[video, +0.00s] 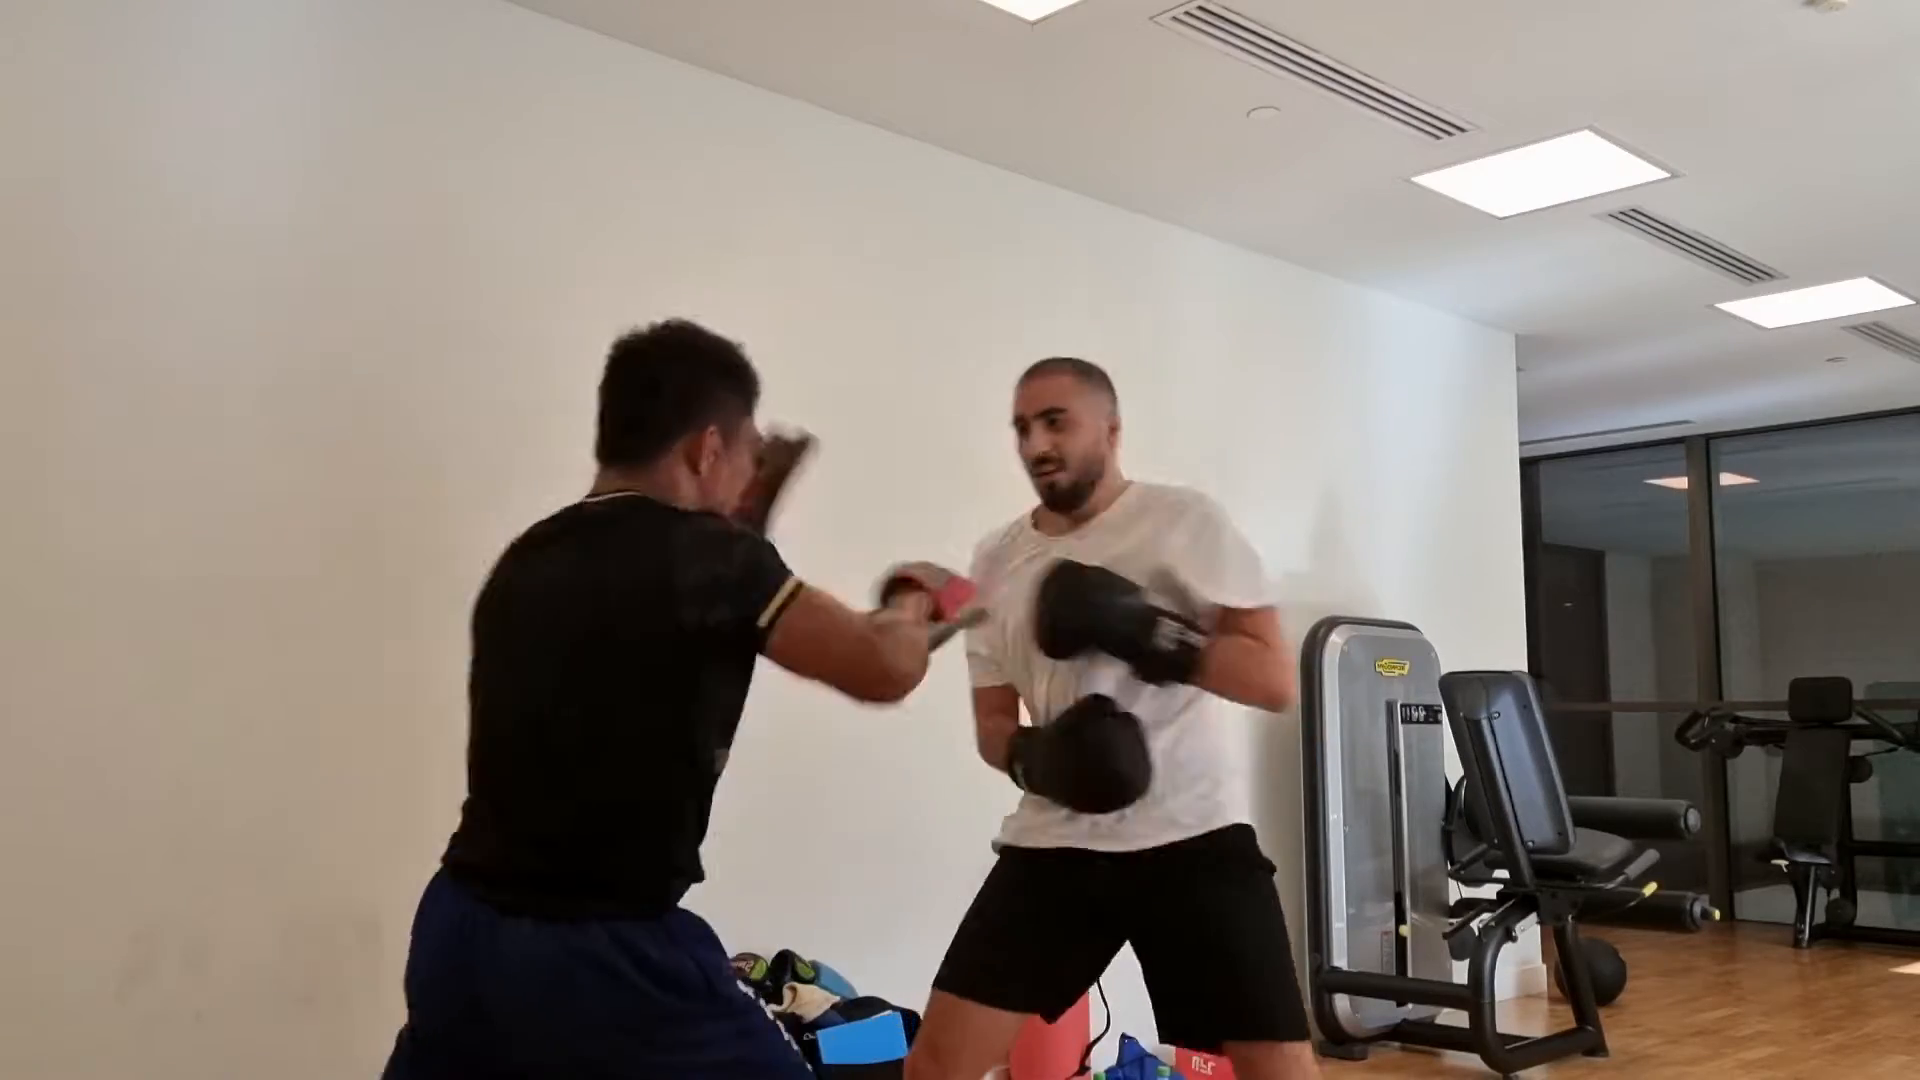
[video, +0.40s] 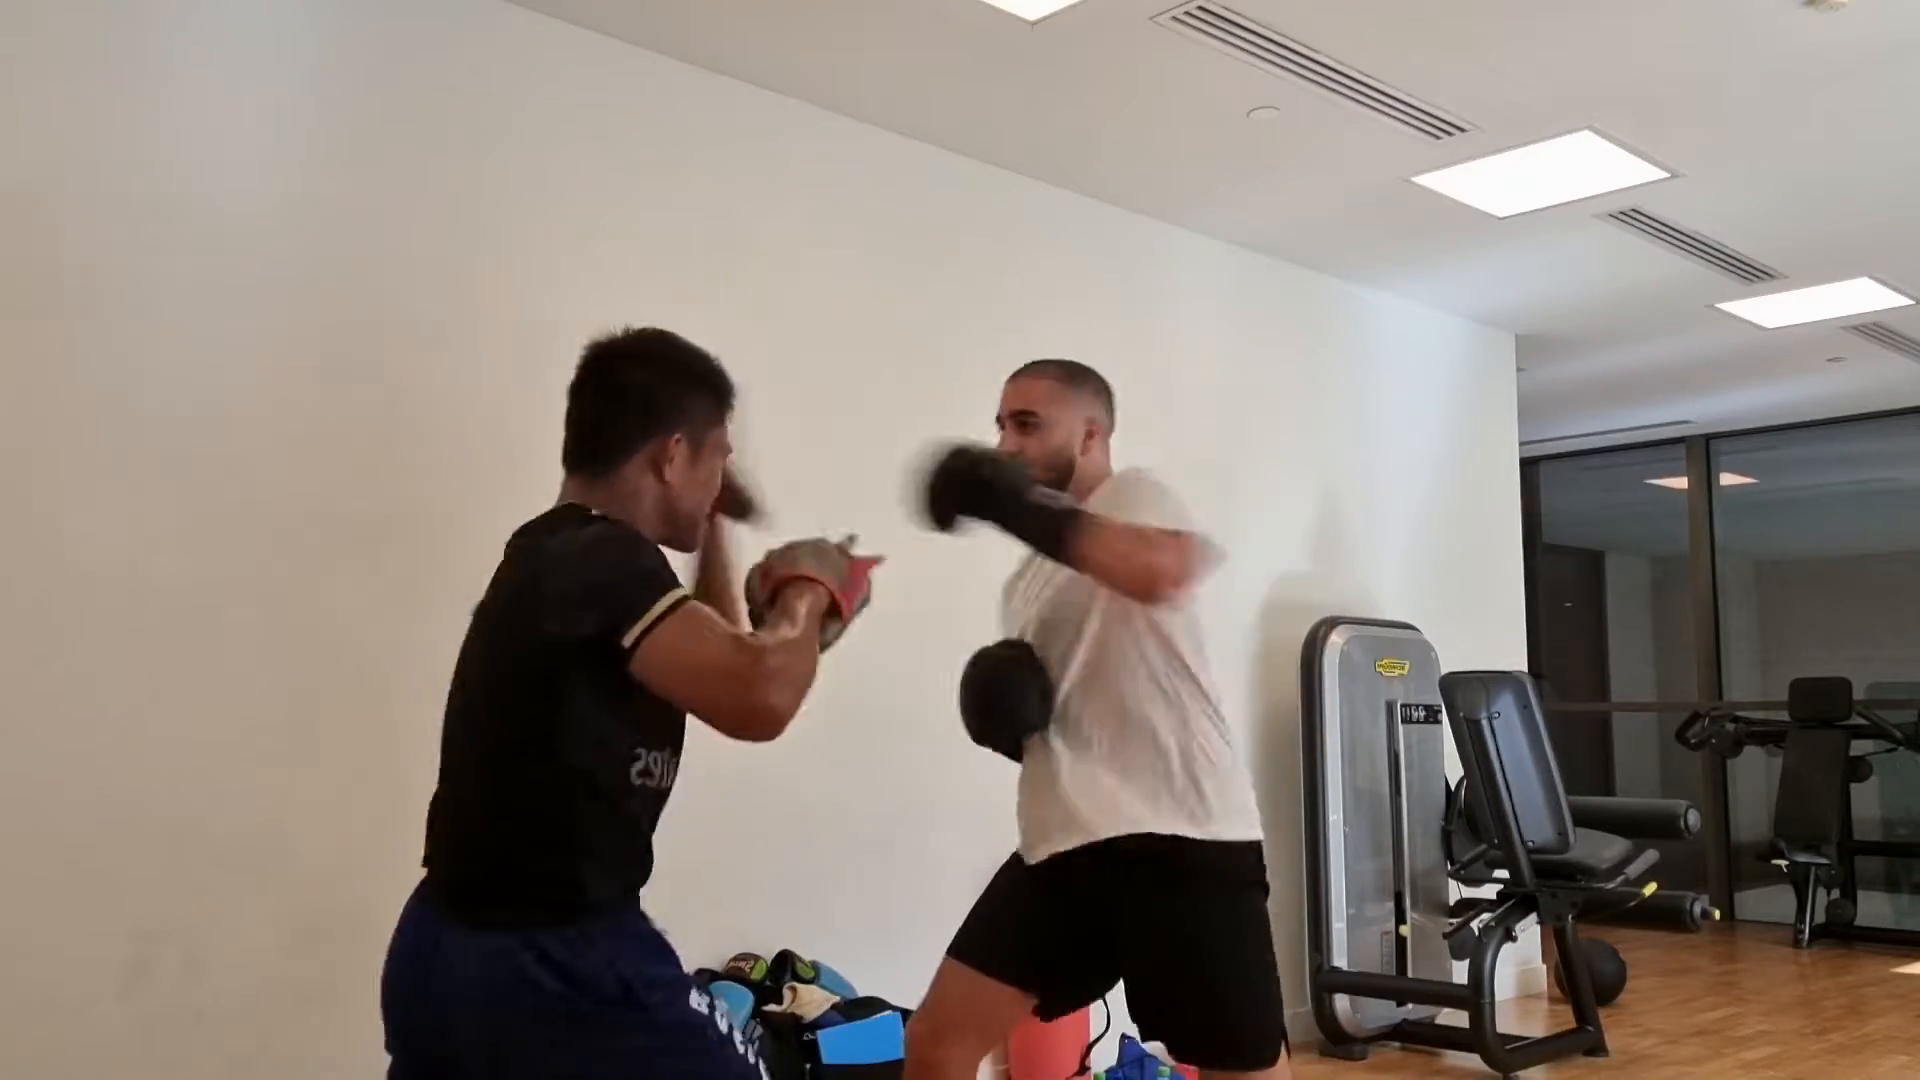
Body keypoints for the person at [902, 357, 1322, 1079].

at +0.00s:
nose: (1035, 443)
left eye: (1054, 422)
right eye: (1023, 428)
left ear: (1111, 427)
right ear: (1014, 442)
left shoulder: (1189, 523)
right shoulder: (996, 561)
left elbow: (1275, 679)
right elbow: (993, 731)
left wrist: (1147, 633)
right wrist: (1037, 756)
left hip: (1195, 849)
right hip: (1050, 855)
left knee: (1282, 1070)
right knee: (938, 1064)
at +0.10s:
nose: (1133, 446)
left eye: (1155, 426)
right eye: (1115, 428)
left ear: (1198, 447)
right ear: (1100, 446)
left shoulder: (1243, 564)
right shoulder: (1044, 561)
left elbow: (1293, 721)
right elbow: (978, 718)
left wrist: (1260, 686)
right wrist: (1104, 765)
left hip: (1206, 865)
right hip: (1056, 871)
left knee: (1308, 1067)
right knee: (968, 1070)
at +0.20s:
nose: (1159, 452)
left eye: (1185, 436)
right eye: (1147, 431)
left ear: (1228, 463)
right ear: (1128, 444)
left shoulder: (1246, 566)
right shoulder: (1072, 550)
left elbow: (1264, 731)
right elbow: (988, 711)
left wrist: (1270, 691)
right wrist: (1109, 761)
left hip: (1206, 867)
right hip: (1061, 869)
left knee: (1305, 1069)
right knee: (971, 1071)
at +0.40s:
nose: (1003, 443)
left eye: (1026, 423)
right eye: (1001, 426)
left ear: (1093, 435)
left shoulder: (1135, 495)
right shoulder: (1023, 584)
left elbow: (1165, 570)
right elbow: (1051, 732)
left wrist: (1014, 505)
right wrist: (1006, 708)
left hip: (1185, 847)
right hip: (1062, 857)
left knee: (1248, 1069)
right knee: (939, 1045)